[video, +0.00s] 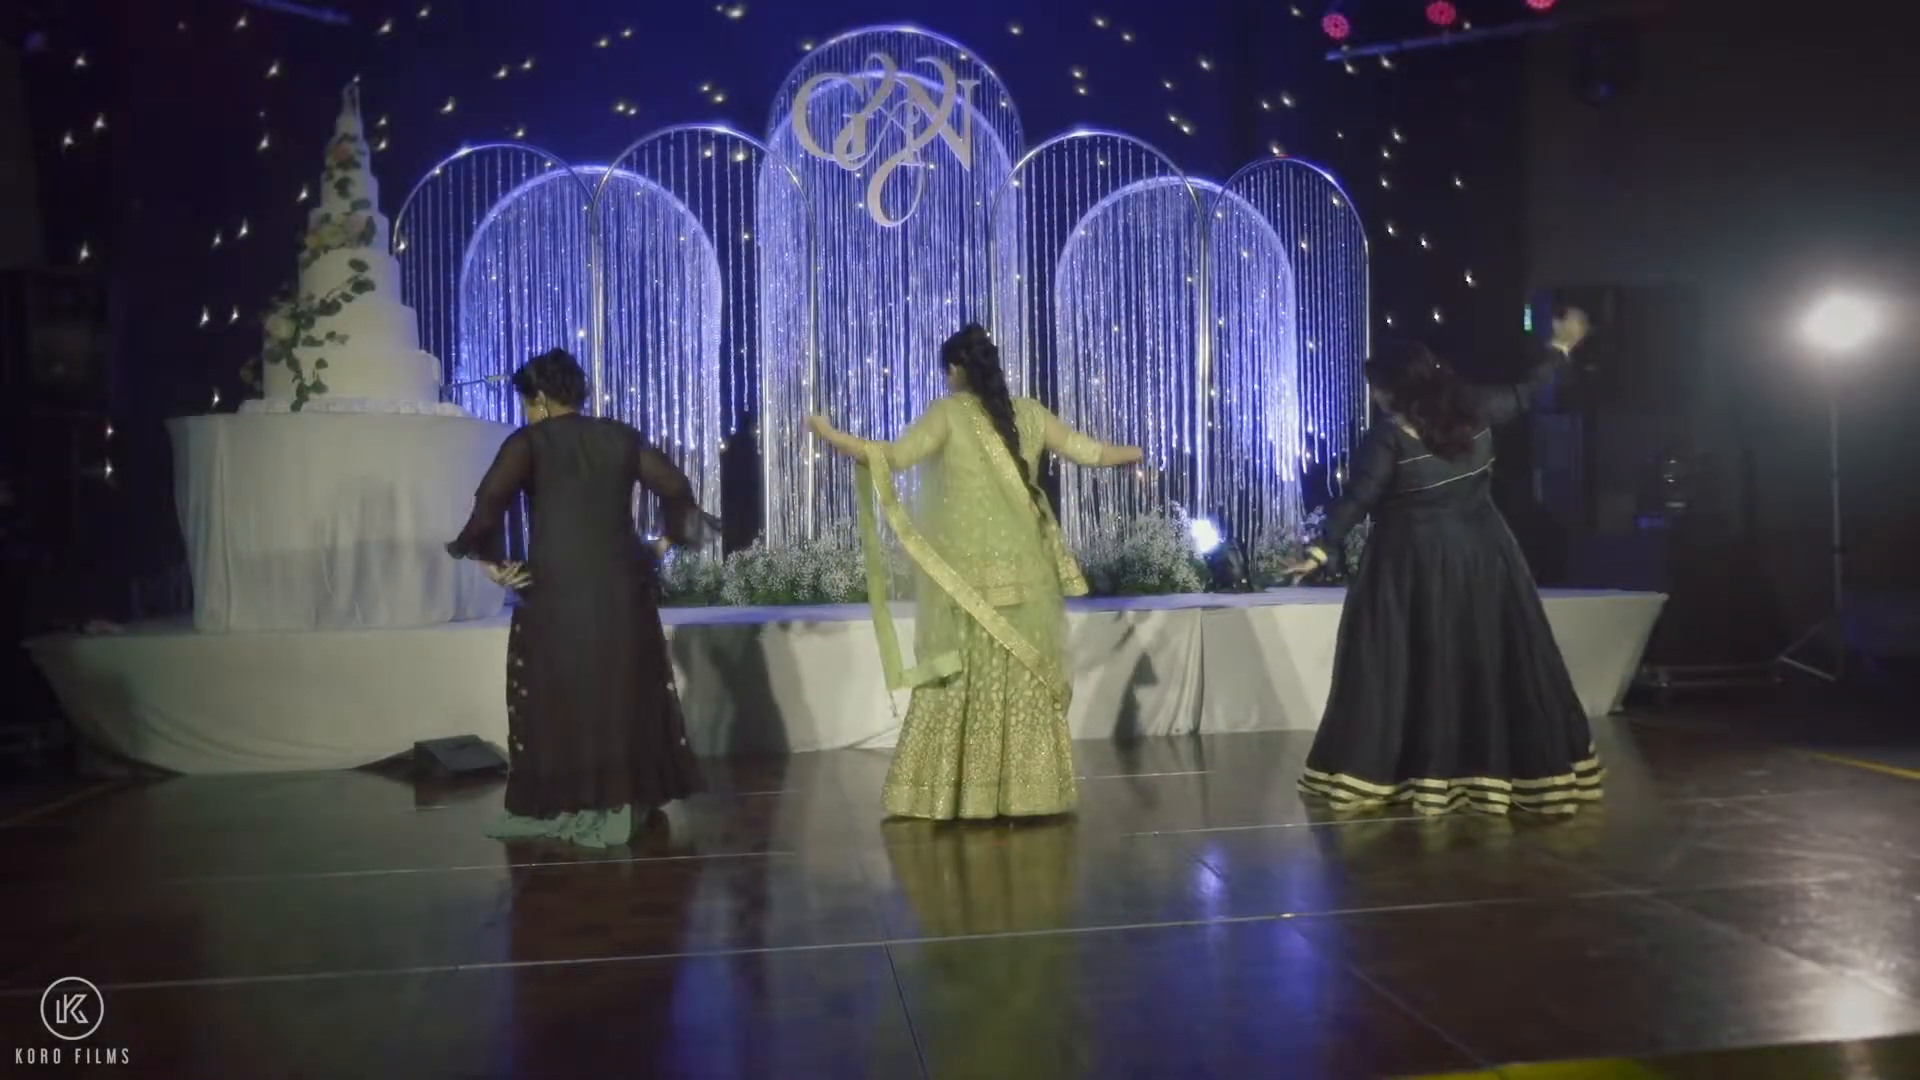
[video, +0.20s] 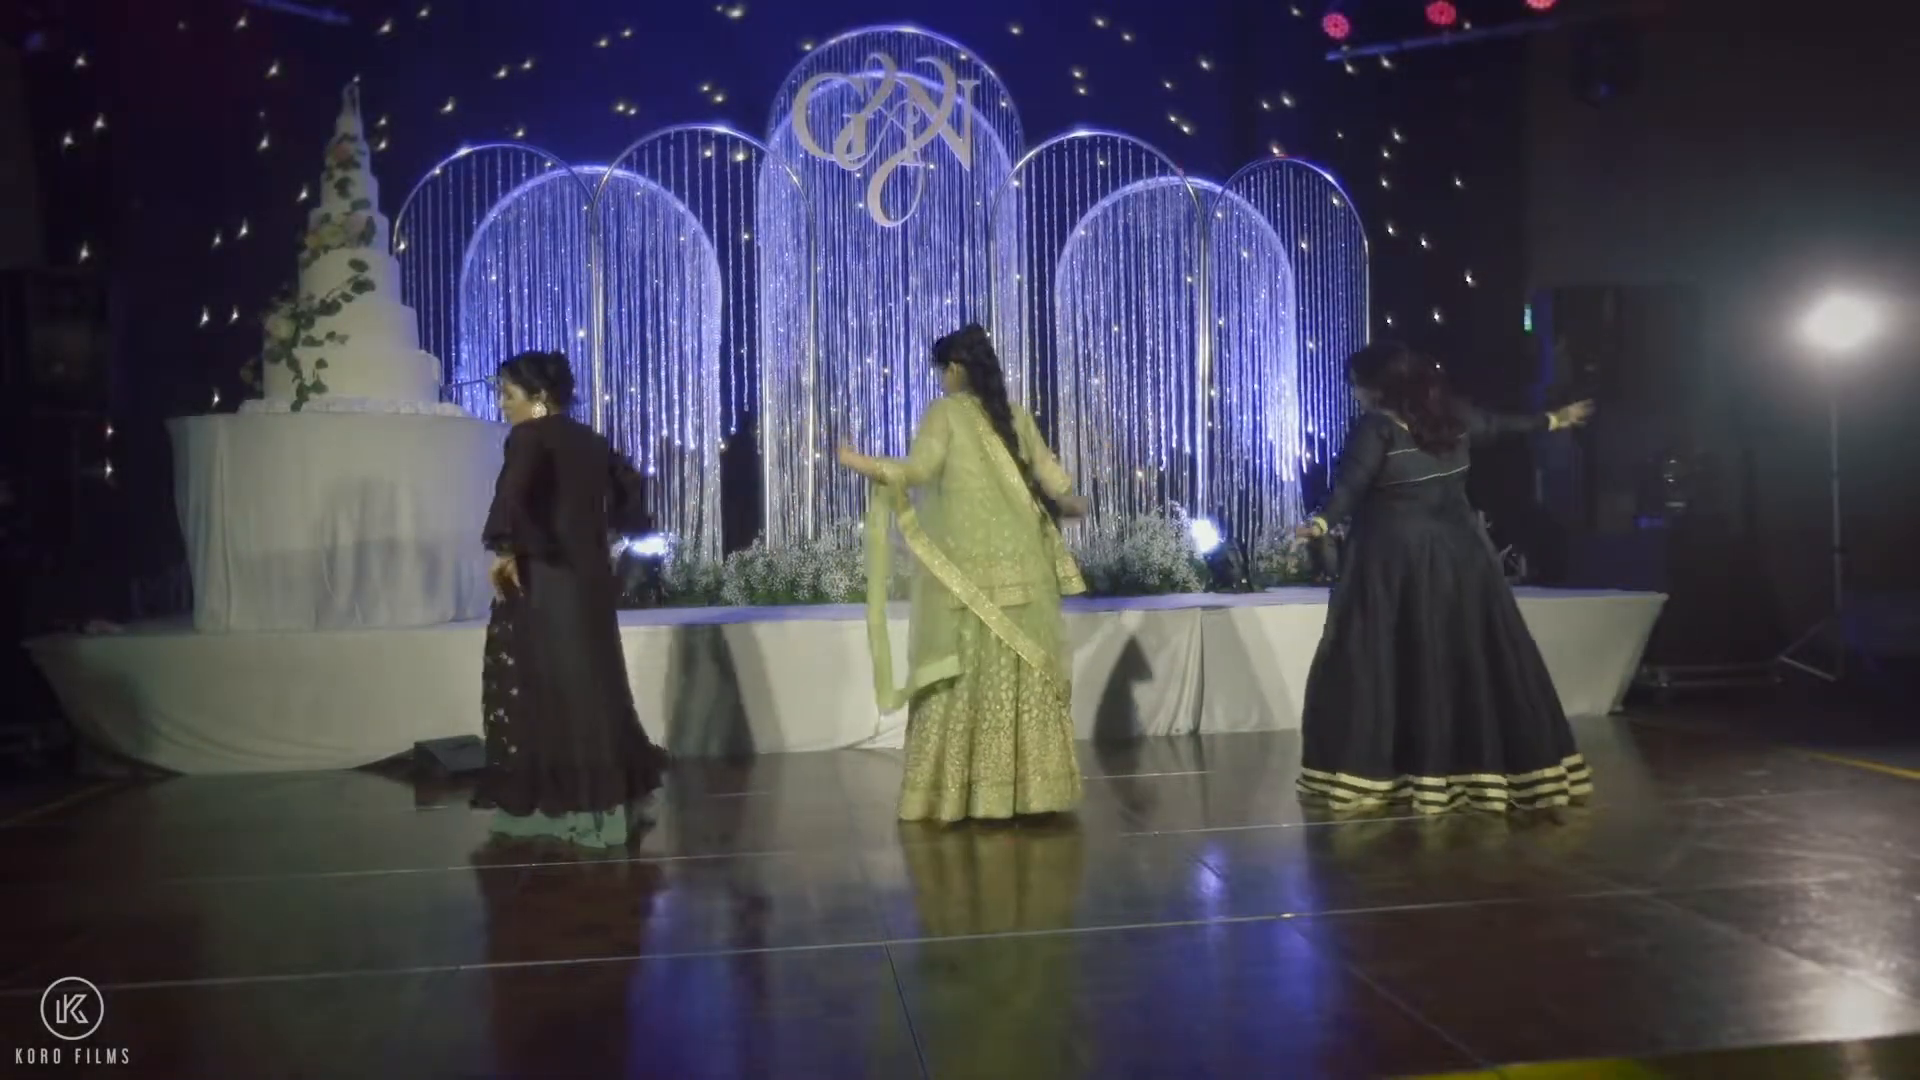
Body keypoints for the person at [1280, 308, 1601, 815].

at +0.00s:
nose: (1371, 396)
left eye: (1374, 388)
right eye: (1371, 387)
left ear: (1392, 388)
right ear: (1430, 377)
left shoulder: (1389, 436)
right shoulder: (1475, 410)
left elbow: (1360, 497)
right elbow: (1529, 391)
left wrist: (1321, 547)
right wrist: (1562, 346)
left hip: (1416, 556)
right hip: (1482, 551)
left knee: (1414, 662)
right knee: (1486, 660)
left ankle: (1419, 781)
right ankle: (1494, 778)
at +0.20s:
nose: (1356, 396)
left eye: (1359, 387)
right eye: (1354, 387)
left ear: (1377, 385)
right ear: (1411, 376)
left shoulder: (1377, 426)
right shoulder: (1451, 416)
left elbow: (1354, 479)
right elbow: (1498, 425)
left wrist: (1321, 519)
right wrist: (1552, 420)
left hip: (1397, 555)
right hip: (1458, 550)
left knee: (1393, 662)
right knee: (1467, 659)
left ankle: (1388, 780)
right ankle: (1476, 779)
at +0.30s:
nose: (1336, 397)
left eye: (1339, 388)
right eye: (1335, 388)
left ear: (1362, 386)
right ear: (1386, 383)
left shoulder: (1369, 424)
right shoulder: (1424, 420)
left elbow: (1352, 468)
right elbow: (1458, 428)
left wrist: (1331, 497)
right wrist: (1496, 422)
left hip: (1386, 549)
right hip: (1438, 545)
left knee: (1379, 660)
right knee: (1445, 658)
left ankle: (1376, 774)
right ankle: (1453, 772)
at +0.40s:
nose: (1316, 400)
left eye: (1320, 390)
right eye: (1315, 390)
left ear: (1344, 388)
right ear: (1359, 385)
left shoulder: (1355, 425)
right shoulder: (1395, 423)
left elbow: (1340, 481)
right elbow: (1406, 450)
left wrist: (1324, 497)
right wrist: (1435, 434)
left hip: (1368, 550)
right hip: (1411, 546)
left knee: (1361, 660)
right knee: (1418, 657)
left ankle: (1364, 771)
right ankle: (1428, 769)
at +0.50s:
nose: (1294, 398)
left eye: (1298, 387)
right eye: (1292, 388)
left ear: (1319, 386)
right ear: (1331, 385)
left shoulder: (1332, 428)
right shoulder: (1353, 426)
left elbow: (1327, 487)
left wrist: (1317, 499)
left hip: (1340, 566)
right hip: (1366, 560)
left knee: (1335, 669)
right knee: (1364, 667)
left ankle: (1346, 772)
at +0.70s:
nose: (1245, 388)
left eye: (1253, 379)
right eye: (1245, 380)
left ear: (1280, 381)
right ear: (1259, 386)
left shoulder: (1307, 426)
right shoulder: (1249, 437)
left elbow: (1327, 471)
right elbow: (1228, 498)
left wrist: (1333, 502)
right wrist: (1197, 539)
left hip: (1301, 559)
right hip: (1252, 560)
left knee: (1303, 663)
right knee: (1257, 662)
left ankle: (1321, 770)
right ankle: (1264, 767)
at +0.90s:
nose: (1205, 383)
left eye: (1216, 376)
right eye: (1202, 376)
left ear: (1241, 383)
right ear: (1198, 384)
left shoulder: (1276, 432)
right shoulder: (1182, 440)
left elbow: (1299, 488)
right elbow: (1159, 500)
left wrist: (1306, 532)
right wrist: (1141, 550)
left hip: (1264, 568)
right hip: (1197, 567)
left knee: (1271, 664)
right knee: (1199, 664)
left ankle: (1277, 768)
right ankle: (1207, 766)